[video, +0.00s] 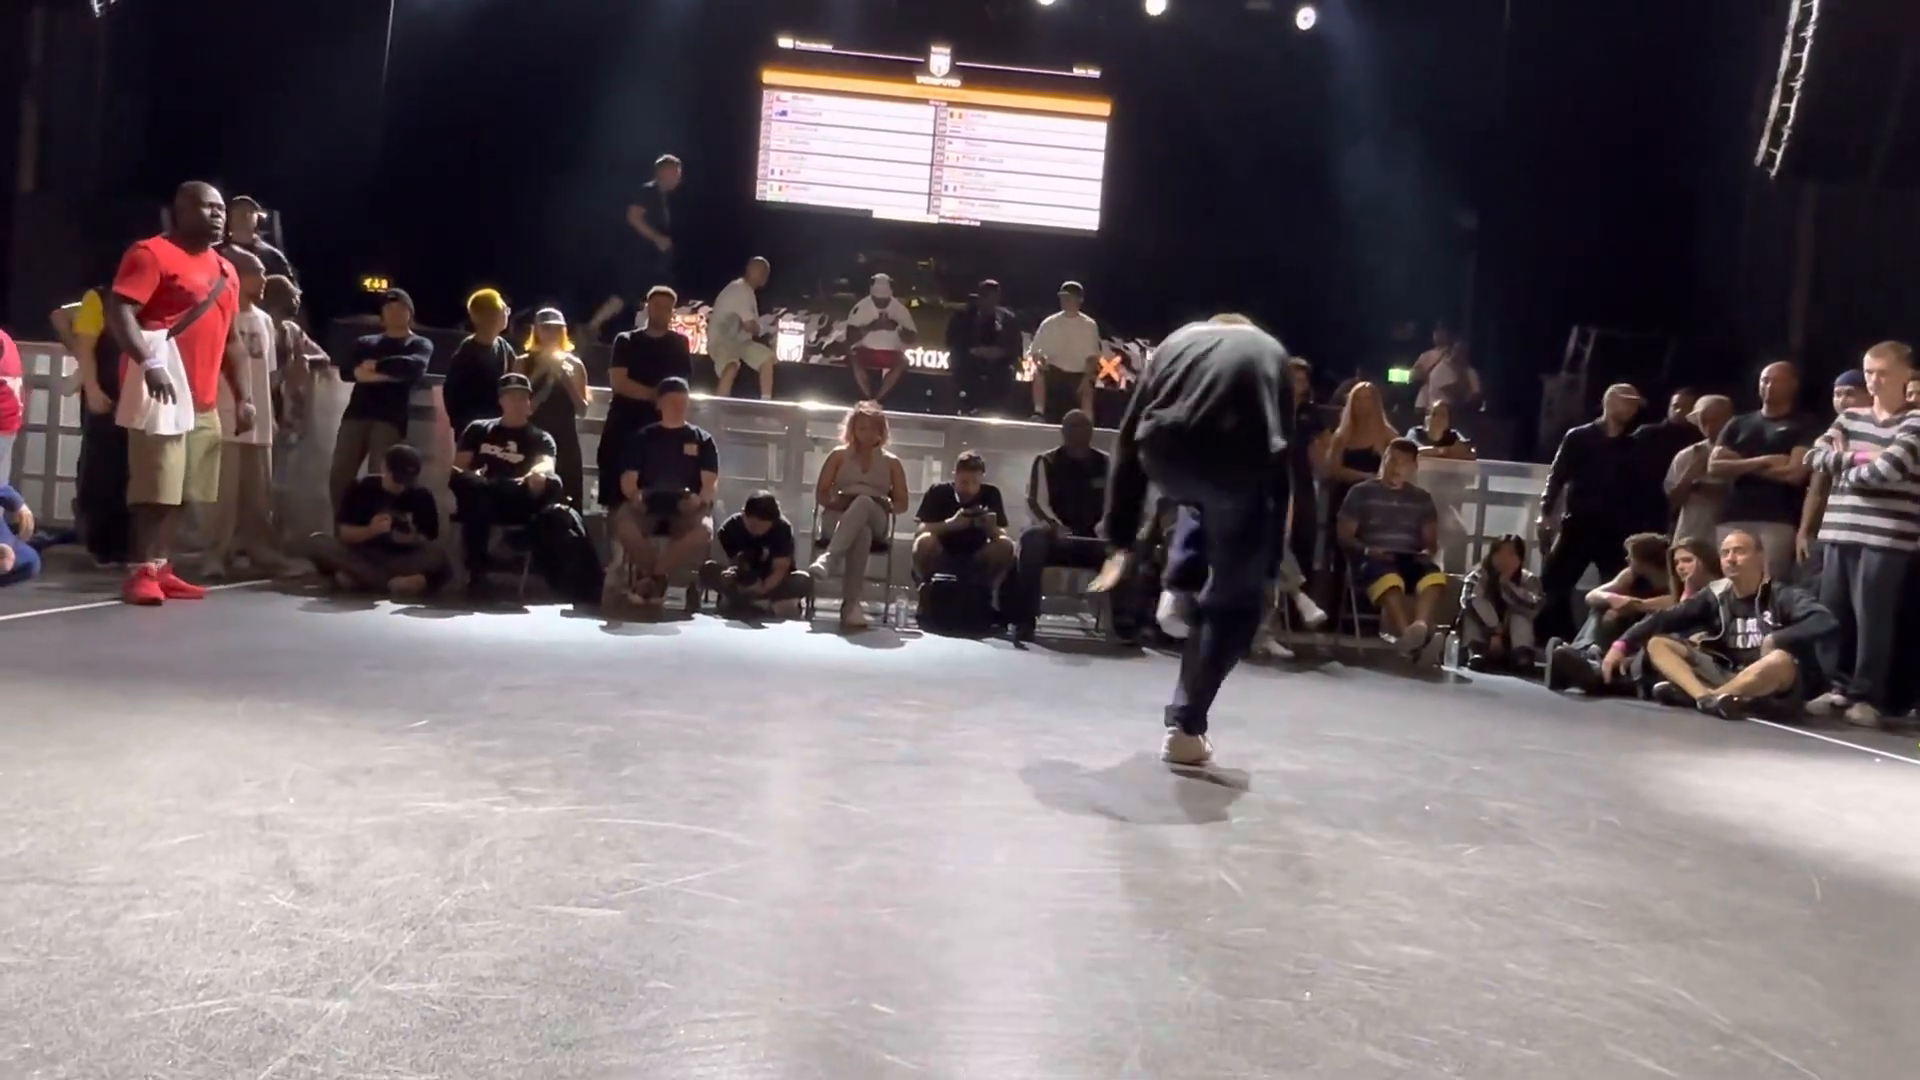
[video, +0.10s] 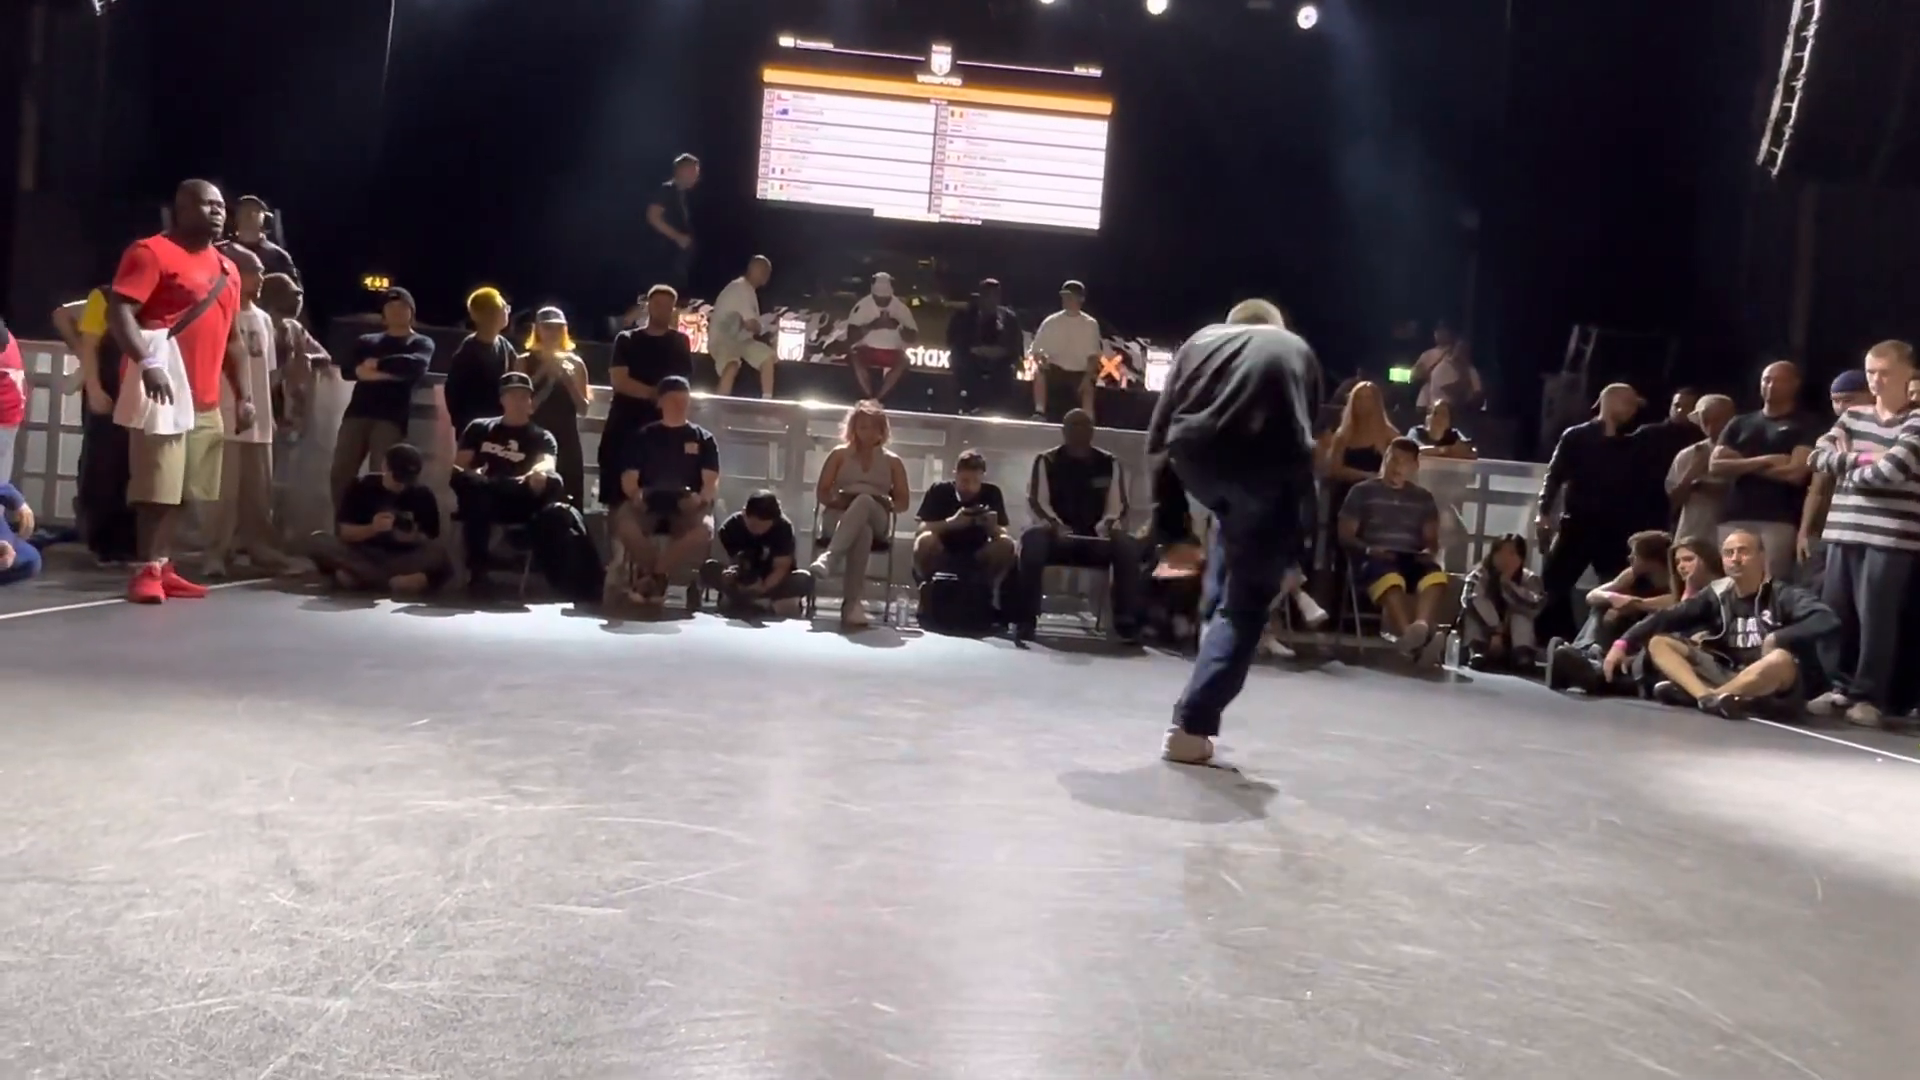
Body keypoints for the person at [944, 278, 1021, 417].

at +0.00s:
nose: (989, 302)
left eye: (992, 297)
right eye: (985, 297)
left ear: (998, 298)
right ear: (979, 297)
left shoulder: (1007, 319)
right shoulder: (964, 317)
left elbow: (1014, 351)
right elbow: (952, 344)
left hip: (997, 384)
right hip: (969, 382)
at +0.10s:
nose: (990, 301)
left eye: (994, 296)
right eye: (987, 296)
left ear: (999, 298)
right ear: (980, 297)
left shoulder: (1009, 318)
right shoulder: (965, 317)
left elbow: (1015, 351)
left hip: (1000, 384)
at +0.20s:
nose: (991, 300)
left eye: (995, 295)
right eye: (987, 295)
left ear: (1000, 297)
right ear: (980, 296)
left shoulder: (1010, 317)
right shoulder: (966, 316)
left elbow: (1017, 349)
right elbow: (957, 347)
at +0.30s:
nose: (991, 298)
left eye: (995, 294)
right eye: (987, 293)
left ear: (1000, 296)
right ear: (980, 294)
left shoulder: (1010, 316)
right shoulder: (966, 314)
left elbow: (1018, 348)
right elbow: (956, 341)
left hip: (1001, 383)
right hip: (972, 382)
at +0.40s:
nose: (990, 298)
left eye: (994, 293)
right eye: (986, 293)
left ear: (999, 295)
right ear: (979, 294)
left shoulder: (1011, 315)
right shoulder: (967, 313)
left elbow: (1019, 347)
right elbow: (956, 340)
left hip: (1002, 382)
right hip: (973, 381)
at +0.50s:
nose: (990, 298)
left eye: (993, 293)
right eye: (986, 293)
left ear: (999, 294)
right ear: (979, 294)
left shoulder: (1012, 314)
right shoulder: (968, 312)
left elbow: (1020, 347)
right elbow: (957, 339)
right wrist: (978, 348)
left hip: (1003, 381)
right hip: (974, 379)